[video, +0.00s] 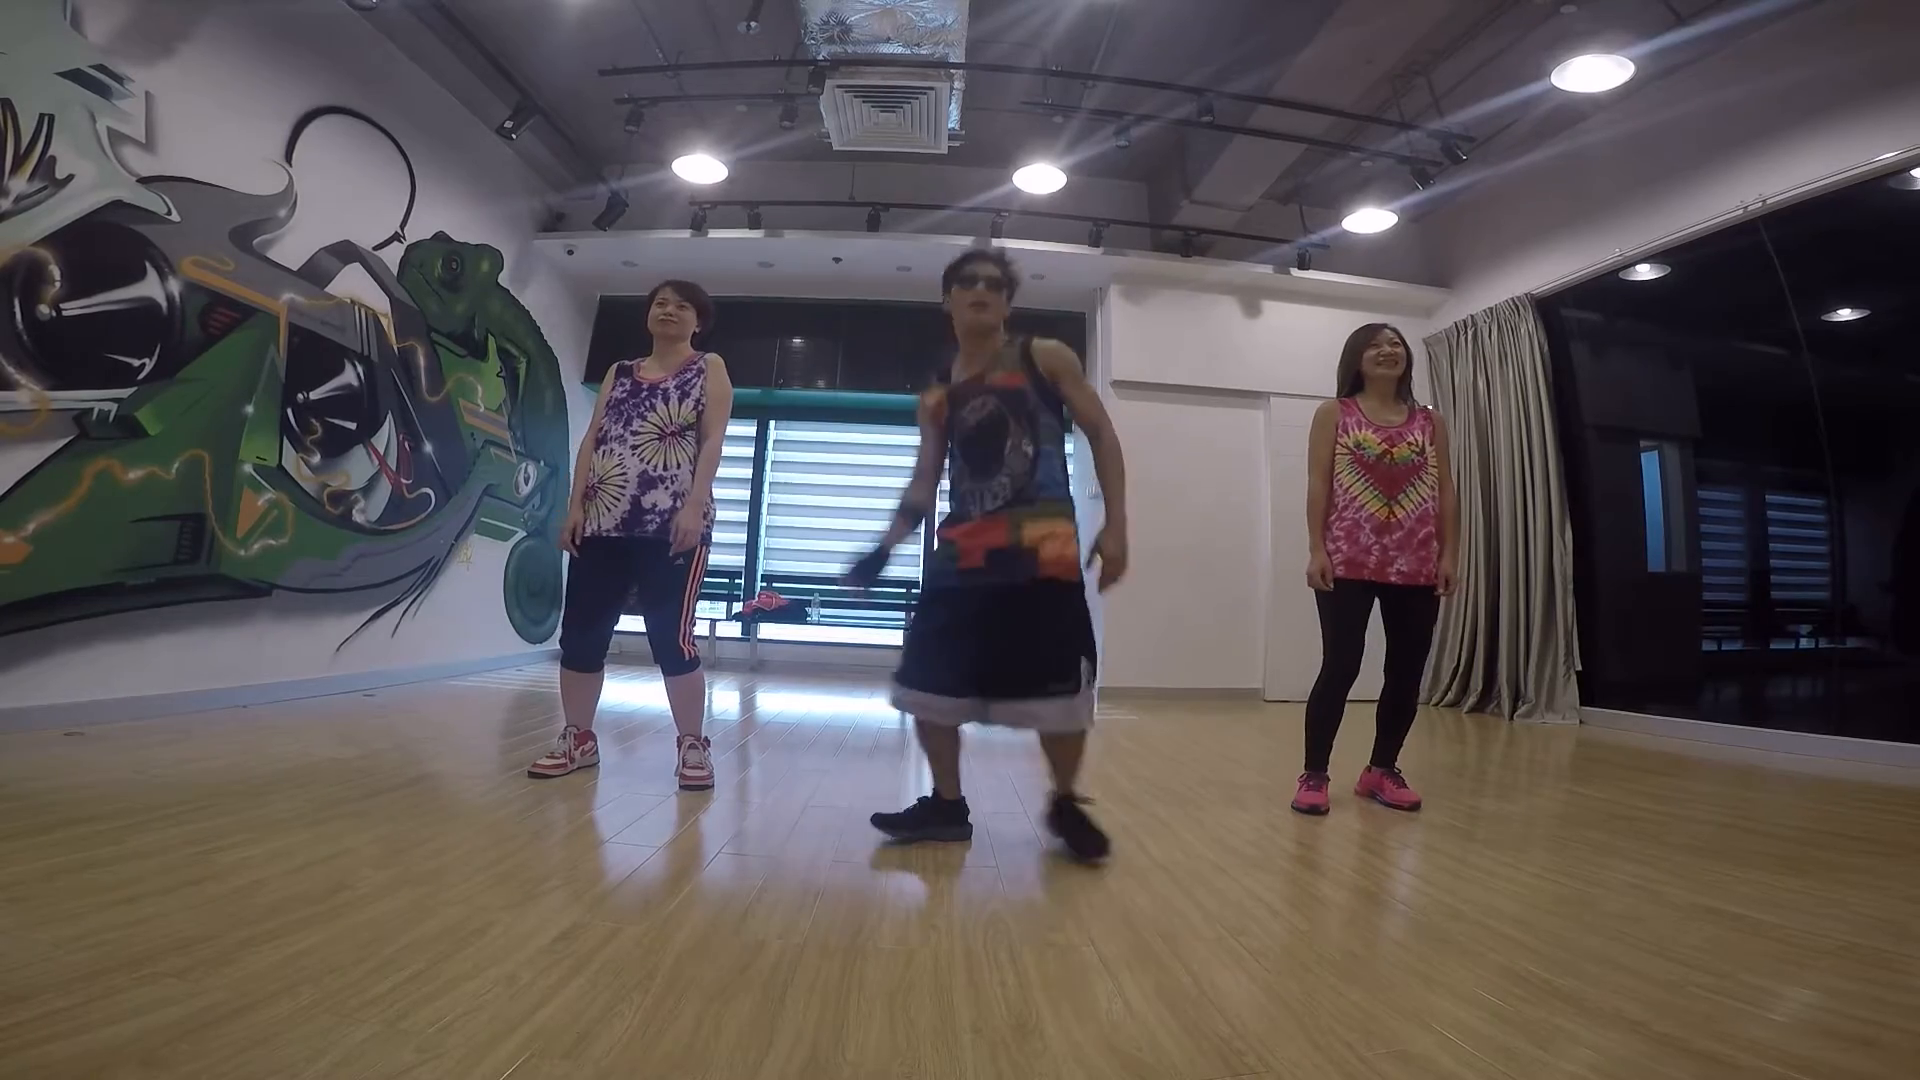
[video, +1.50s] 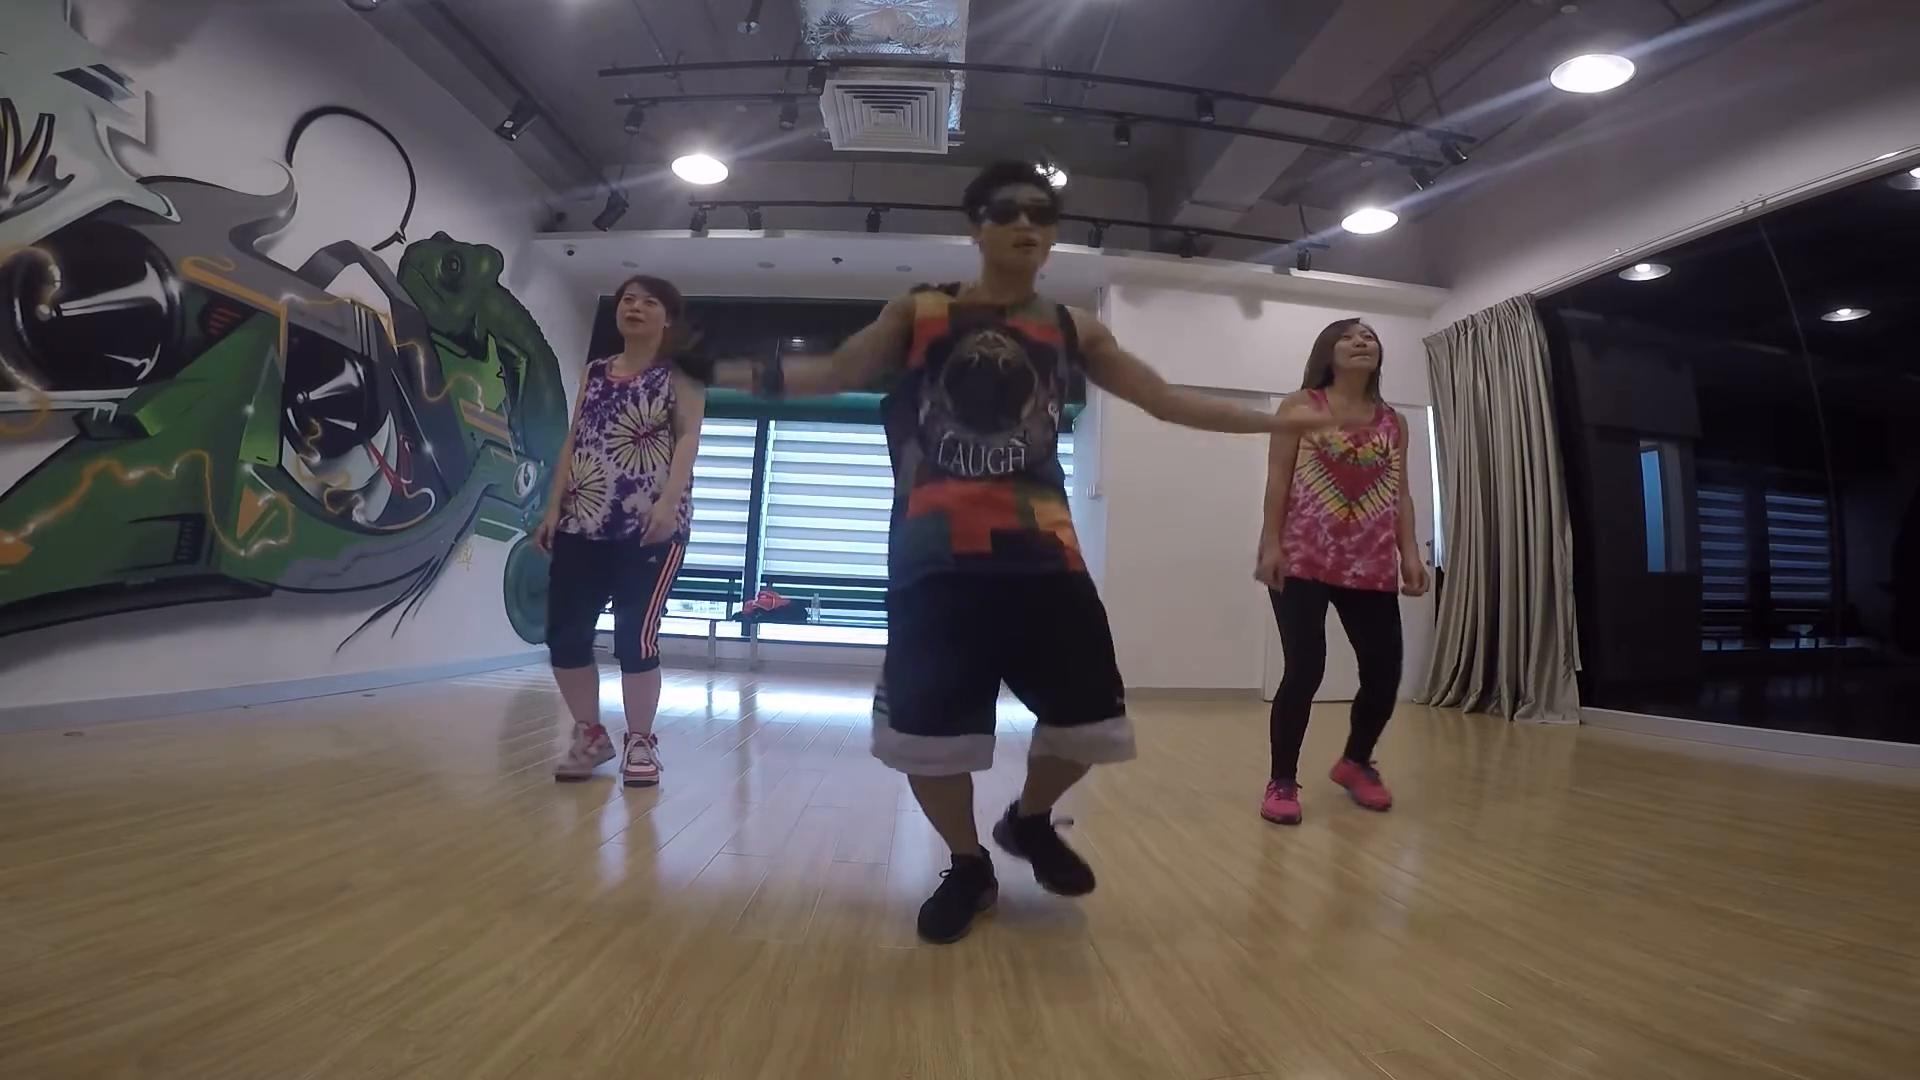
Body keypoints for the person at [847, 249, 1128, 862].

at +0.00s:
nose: (980, 294)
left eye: (992, 286)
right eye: (967, 284)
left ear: (1009, 301)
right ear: (947, 299)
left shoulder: (1047, 358)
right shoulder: (939, 397)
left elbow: (1102, 435)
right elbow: (922, 486)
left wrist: (1116, 524)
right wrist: (883, 547)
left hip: (1045, 555)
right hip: (963, 558)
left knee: (1064, 687)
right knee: (928, 685)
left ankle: (1066, 803)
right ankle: (946, 803)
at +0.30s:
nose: (1049, 305)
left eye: (1063, 298)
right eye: (1033, 294)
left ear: (1078, 322)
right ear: (1007, 312)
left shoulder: (1086, 412)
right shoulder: (955, 391)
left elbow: (1080, 502)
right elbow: (896, 471)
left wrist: (1061, 572)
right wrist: (930, 520)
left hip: (1043, 587)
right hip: (964, 585)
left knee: (1048, 722)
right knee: (963, 728)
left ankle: (1016, 832)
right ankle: (958, 812)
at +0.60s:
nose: (1087, 310)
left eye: (1098, 301)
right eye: (1069, 303)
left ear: (1112, 322)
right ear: (1039, 325)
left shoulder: (1107, 425)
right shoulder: (989, 381)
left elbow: (1082, 517)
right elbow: (963, 484)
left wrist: (1058, 583)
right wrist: (990, 573)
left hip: (1044, 580)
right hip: (966, 569)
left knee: (1058, 726)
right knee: (959, 713)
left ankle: (1013, 834)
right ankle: (961, 795)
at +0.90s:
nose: (1011, 242)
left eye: (1025, 233)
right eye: (994, 233)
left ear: (1044, 254)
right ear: (967, 254)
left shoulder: (1086, 336)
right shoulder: (947, 347)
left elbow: (1134, 440)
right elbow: (931, 441)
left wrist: (1142, 544)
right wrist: (955, 483)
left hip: (1069, 548)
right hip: (981, 543)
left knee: (1054, 713)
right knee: (970, 695)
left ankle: (1019, 830)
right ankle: (974, 845)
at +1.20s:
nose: (963, 269)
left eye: (979, 261)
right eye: (946, 260)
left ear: (1000, 285)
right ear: (922, 288)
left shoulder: (1051, 345)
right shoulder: (923, 402)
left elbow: (1115, 453)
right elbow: (923, 515)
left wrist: (1162, 552)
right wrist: (918, 561)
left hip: (1069, 583)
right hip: (971, 586)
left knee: (1070, 741)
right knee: (947, 739)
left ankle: (1019, 826)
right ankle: (973, 865)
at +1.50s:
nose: (1027, 232)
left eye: (1041, 220)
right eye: (1009, 217)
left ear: (1053, 237)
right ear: (974, 228)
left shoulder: (1073, 331)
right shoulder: (915, 317)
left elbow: (1166, 398)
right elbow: (831, 369)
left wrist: (1275, 419)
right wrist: (755, 373)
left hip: (1044, 558)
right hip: (938, 560)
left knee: (1089, 723)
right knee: (924, 739)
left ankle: (1026, 821)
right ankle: (966, 867)